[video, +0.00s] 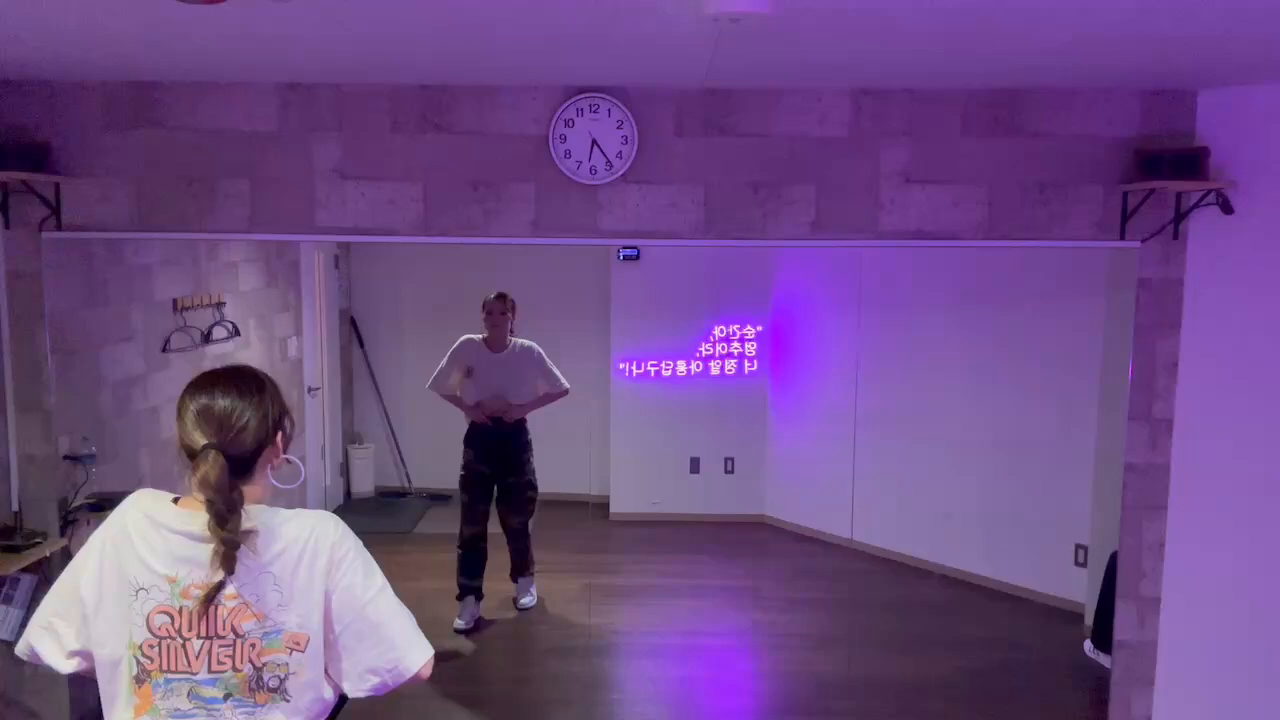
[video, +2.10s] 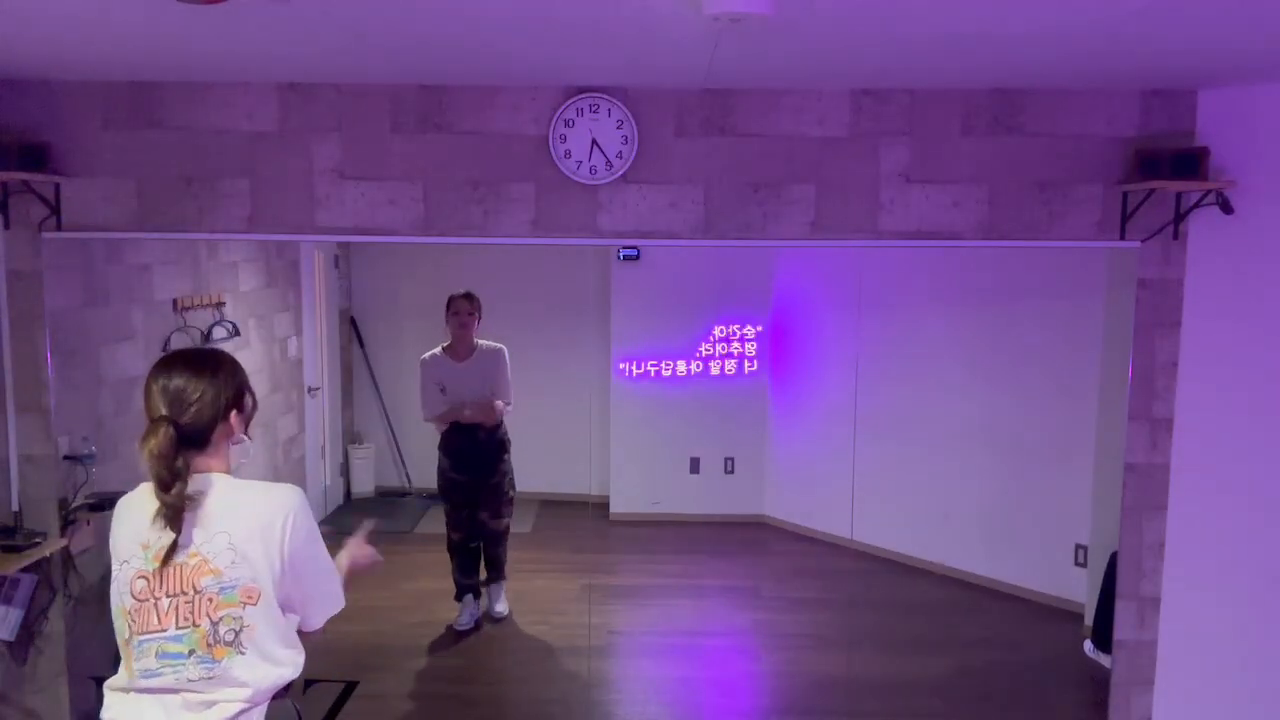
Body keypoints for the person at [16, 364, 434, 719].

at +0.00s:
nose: (290, 443)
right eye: (288, 432)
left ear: (185, 446)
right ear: (276, 447)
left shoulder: (133, 520)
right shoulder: (322, 537)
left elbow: (60, 648)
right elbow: (411, 665)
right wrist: (310, 659)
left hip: (147, 716)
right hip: (280, 715)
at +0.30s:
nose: (271, 427)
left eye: (265, 413)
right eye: (268, 416)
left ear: (175, 428)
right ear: (259, 432)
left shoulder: (121, 506)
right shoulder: (298, 510)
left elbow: (32, 609)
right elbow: (391, 599)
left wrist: (119, 638)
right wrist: (309, 646)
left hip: (133, 714)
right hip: (257, 712)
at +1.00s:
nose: (283, 416)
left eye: (282, 404)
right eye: (282, 406)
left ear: (189, 411)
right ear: (271, 420)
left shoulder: (131, 507)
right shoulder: (312, 507)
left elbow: (55, 583)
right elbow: (429, 579)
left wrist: (138, 614)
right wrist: (351, 623)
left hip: (157, 708)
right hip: (270, 710)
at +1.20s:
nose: (261, 413)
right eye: (259, 402)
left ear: (168, 422)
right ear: (253, 417)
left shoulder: (136, 507)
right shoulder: (306, 511)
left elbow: (118, 615)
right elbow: (373, 603)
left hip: (154, 710)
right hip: (266, 710)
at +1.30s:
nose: (255, 409)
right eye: (252, 399)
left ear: (162, 424)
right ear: (247, 416)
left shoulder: (130, 513)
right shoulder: (302, 511)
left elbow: (138, 587)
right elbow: (349, 597)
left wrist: (145, 502)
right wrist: (418, 526)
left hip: (158, 713)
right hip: (268, 711)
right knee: (309, 691)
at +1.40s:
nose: (251, 410)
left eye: (249, 398)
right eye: (249, 400)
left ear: (158, 423)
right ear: (240, 418)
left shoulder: (124, 515)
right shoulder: (296, 513)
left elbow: (143, 593)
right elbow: (338, 596)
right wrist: (408, 536)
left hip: (156, 707)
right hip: (265, 706)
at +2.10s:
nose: (248, 417)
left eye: (246, 406)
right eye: (246, 407)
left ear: (158, 419)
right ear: (234, 420)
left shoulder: (127, 510)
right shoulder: (279, 507)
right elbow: (311, 620)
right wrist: (346, 561)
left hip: (126, 708)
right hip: (234, 710)